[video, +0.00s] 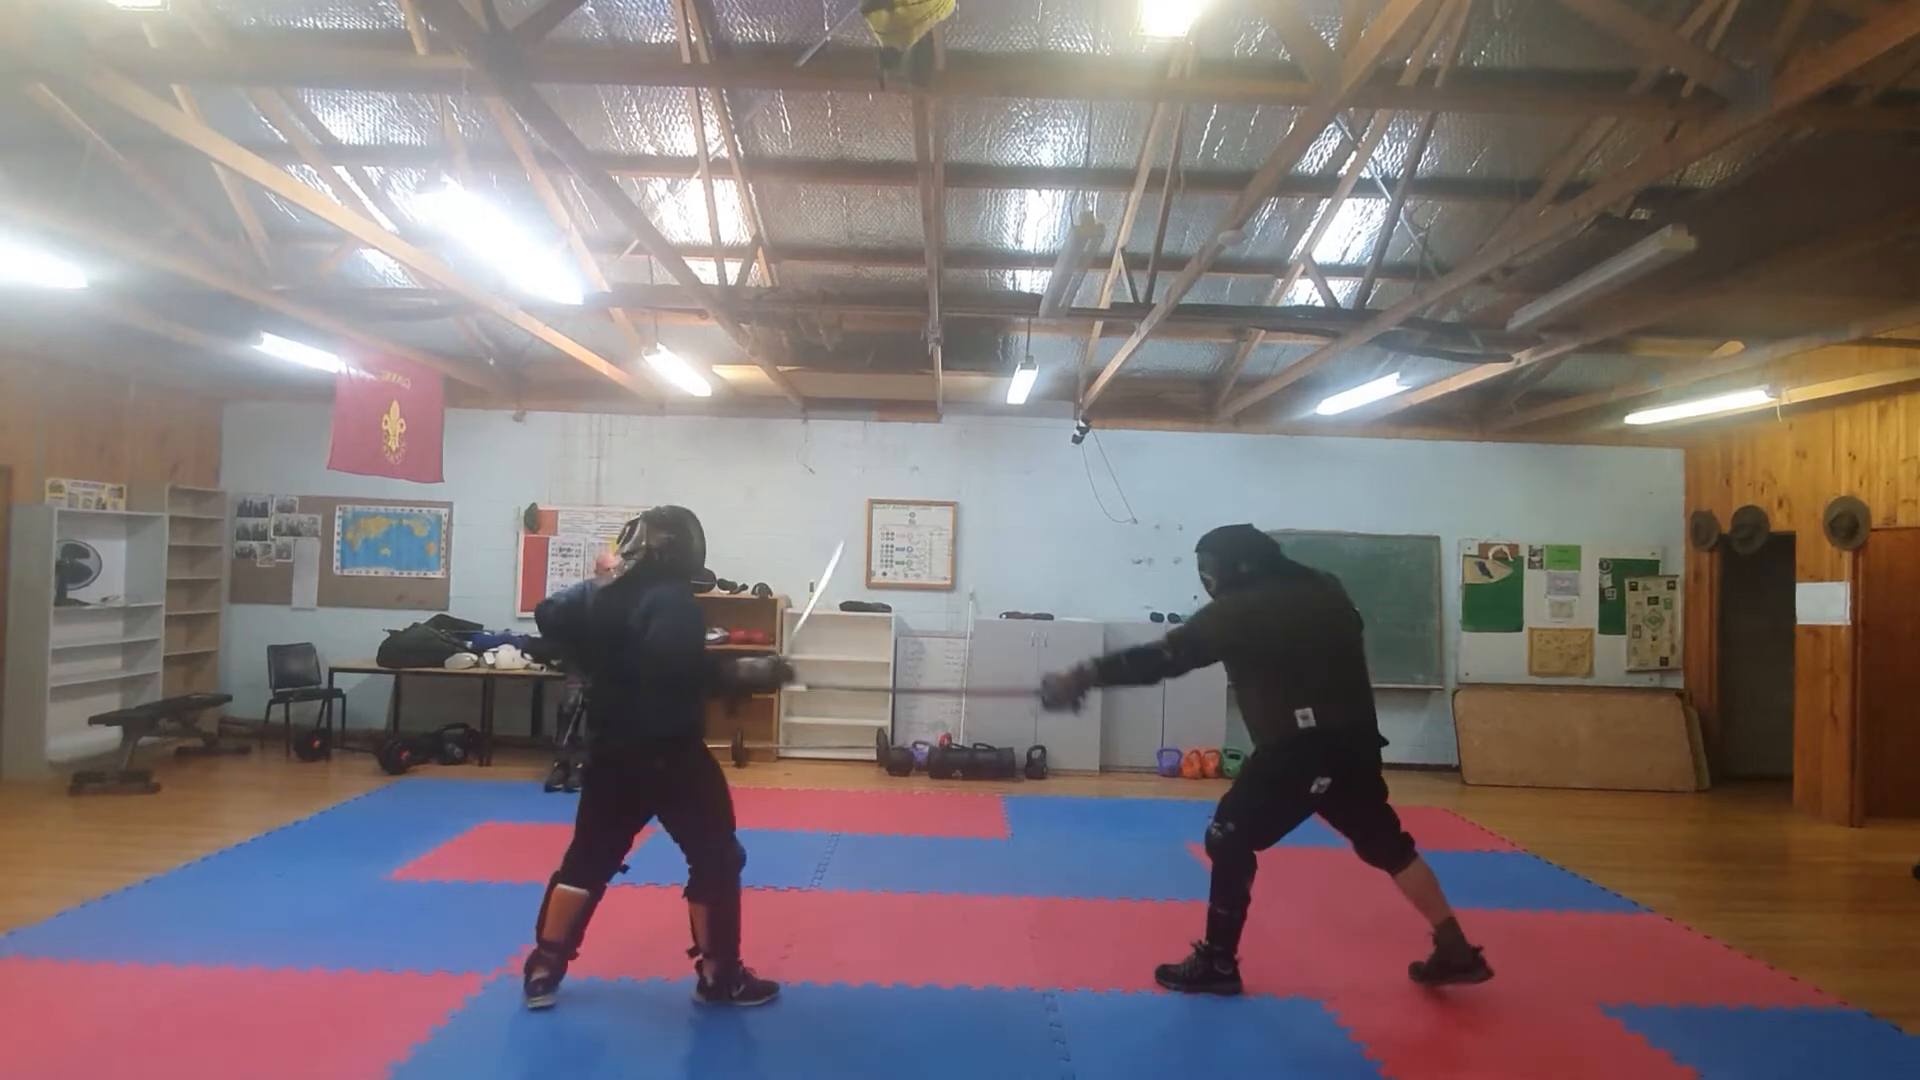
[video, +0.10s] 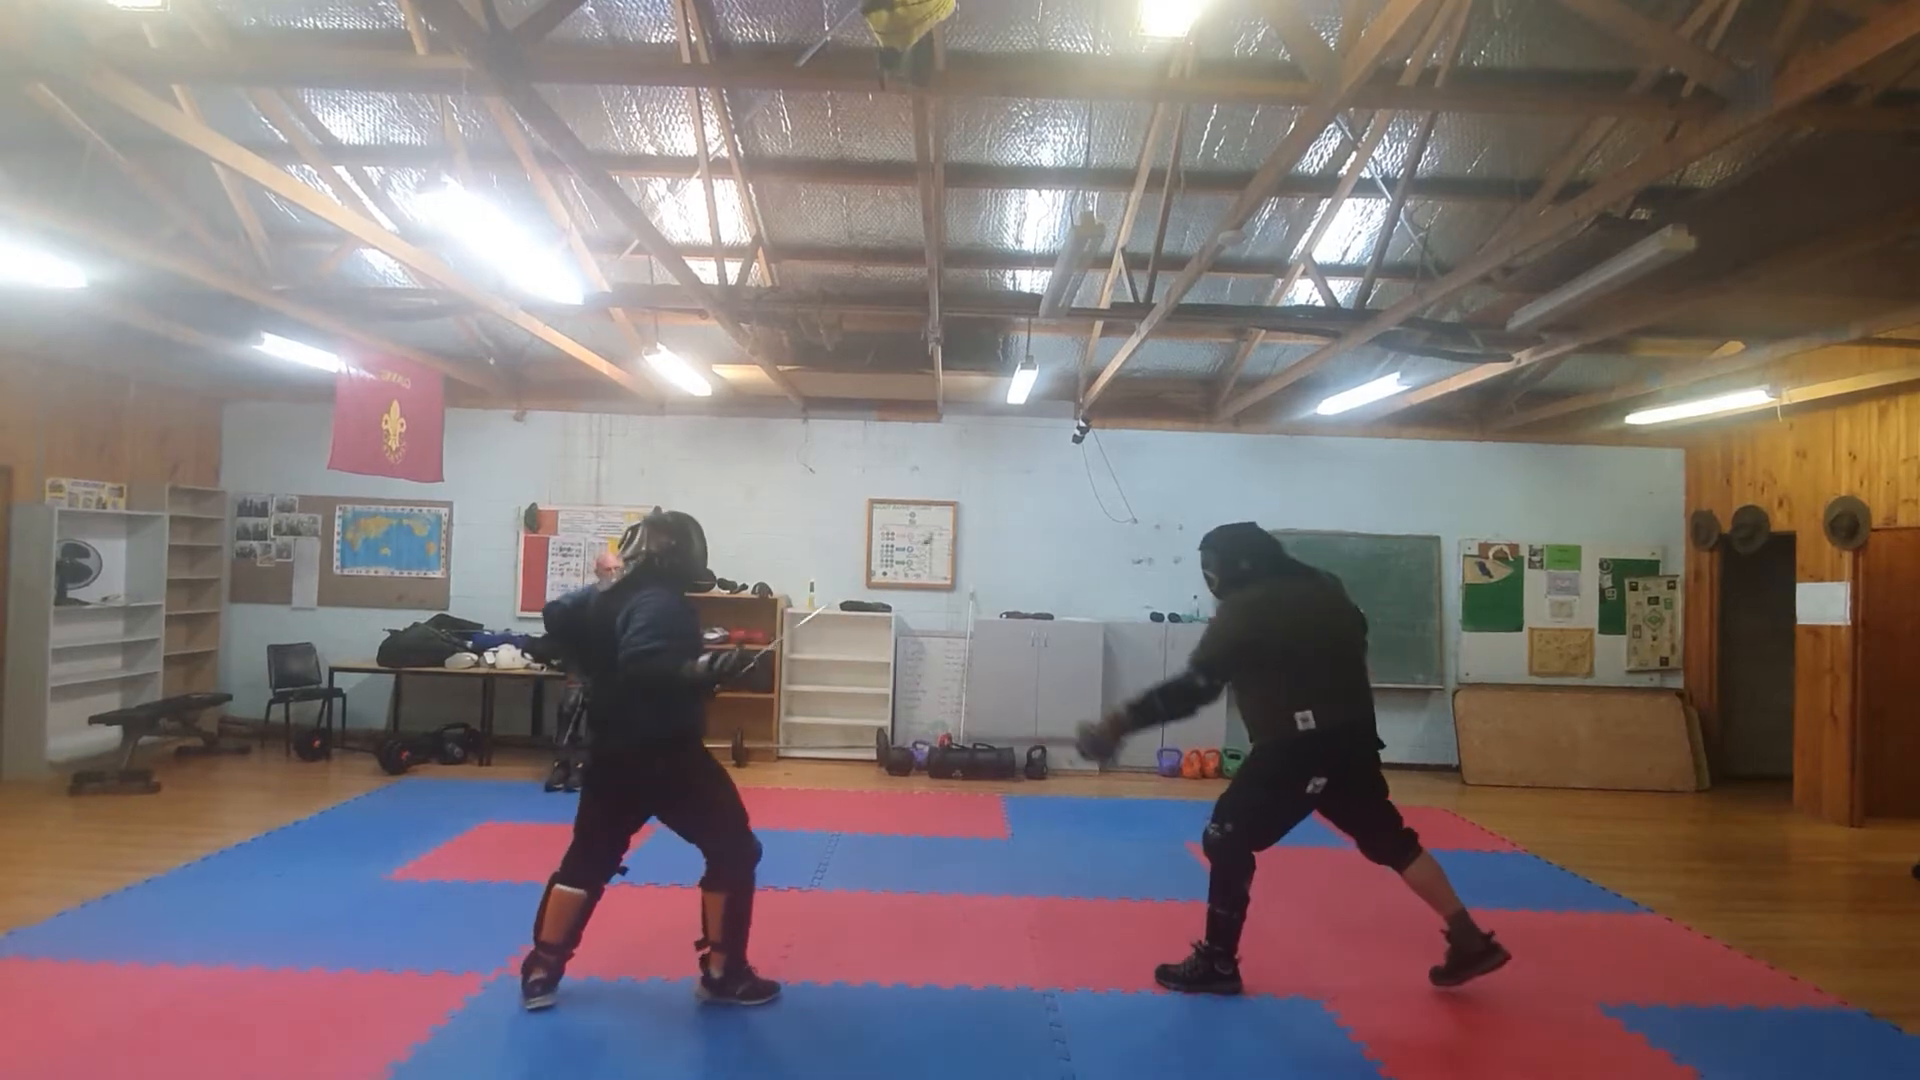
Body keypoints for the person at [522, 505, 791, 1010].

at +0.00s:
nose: (698, 563)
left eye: (696, 554)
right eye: (695, 553)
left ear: (635, 549)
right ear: (683, 551)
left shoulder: (601, 600)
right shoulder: (676, 602)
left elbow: (549, 614)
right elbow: (675, 669)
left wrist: (596, 582)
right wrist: (738, 674)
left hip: (613, 760)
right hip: (677, 761)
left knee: (588, 857)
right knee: (717, 857)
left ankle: (544, 968)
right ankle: (720, 973)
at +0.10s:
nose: (701, 564)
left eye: (699, 553)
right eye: (696, 553)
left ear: (638, 552)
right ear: (679, 555)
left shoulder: (604, 601)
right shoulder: (664, 603)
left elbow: (554, 616)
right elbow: (640, 663)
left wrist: (599, 588)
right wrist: (710, 668)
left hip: (613, 763)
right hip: (671, 762)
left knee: (587, 858)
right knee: (733, 849)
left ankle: (541, 972)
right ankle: (724, 972)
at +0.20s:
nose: (706, 569)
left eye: (705, 558)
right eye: (702, 558)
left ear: (646, 554)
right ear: (684, 558)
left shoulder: (608, 602)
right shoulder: (664, 605)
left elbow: (560, 637)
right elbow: (643, 668)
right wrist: (709, 676)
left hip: (616, 765)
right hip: (671, 763)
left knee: (595, 859)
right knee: (743, 846)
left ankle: (544, 968)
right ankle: (748, 969)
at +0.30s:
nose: (719, 574)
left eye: (718, 564)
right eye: (716, 563)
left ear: (660, 557)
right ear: (703, 562)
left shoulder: (636, 608)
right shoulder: (681, 610)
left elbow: (588, 626)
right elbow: (664, 675)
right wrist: (735, 682)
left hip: (631, 769)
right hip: (685, 770)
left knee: (600, 866)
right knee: (747, 865)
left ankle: (544, 969)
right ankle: (774, 978)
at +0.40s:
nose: (739, 575)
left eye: (735, 565)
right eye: (736, 565)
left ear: (680, 563)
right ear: (724, 567)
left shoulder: (648, 617)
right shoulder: (709, 620)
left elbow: (610, 637)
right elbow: (718, 694)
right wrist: (797, 697)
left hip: (650, 777)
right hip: (712, 779)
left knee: (611, 869)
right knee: (765, 868)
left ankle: (548, 967)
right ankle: (781, 983)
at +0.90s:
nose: (744, 572)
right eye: (741, 563)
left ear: (679, 558)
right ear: (732, 563)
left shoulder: (648, 612)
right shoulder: (730, 618)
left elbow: (605, 629)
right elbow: (766, 701)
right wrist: (826, 680)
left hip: (650, 773)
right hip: (719, 776)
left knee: (618, 865)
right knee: (760, 871)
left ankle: (557, 971)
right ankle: (781, 982)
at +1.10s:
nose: (701, 572)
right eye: (698, 562)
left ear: (637, 560)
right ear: (687, 564)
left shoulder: (598, 615)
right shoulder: (677, 620)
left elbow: (549, 645)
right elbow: (696, 703)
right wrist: (774, 695)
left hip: (605, 780)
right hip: (668, 782)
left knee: (588, 874)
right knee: (718, 877)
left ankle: (546, 983)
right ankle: (770, 978)